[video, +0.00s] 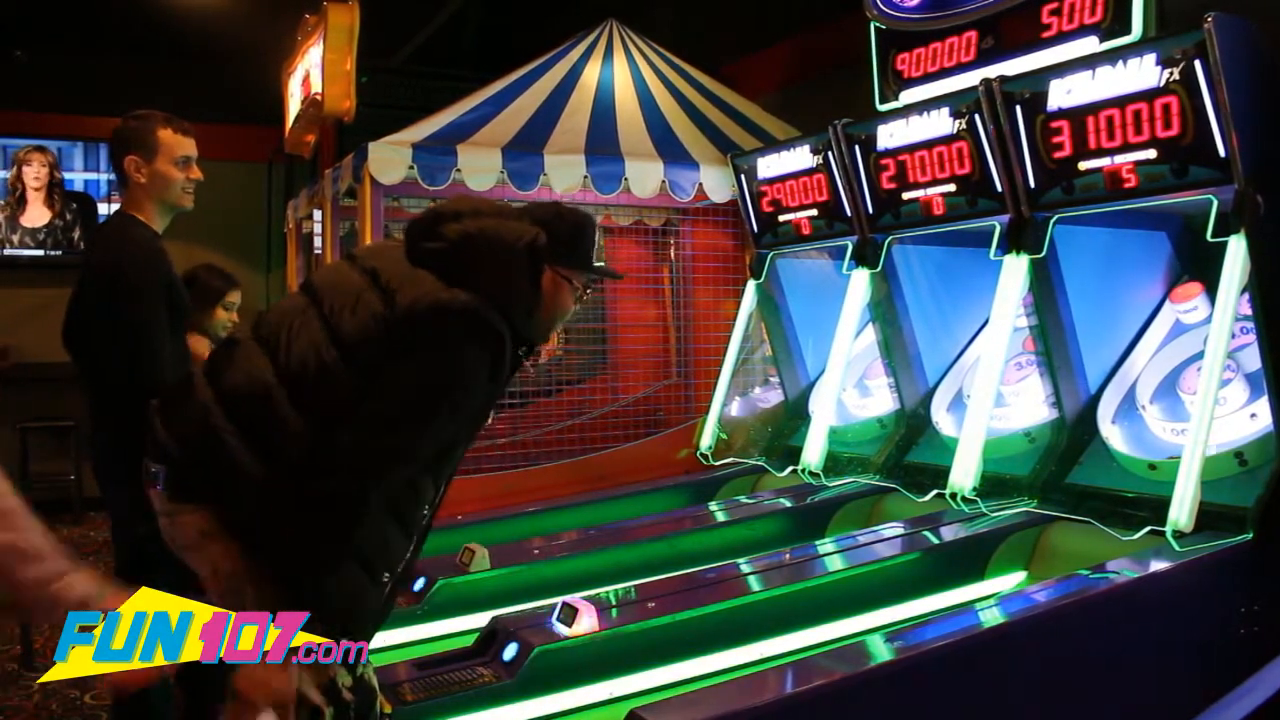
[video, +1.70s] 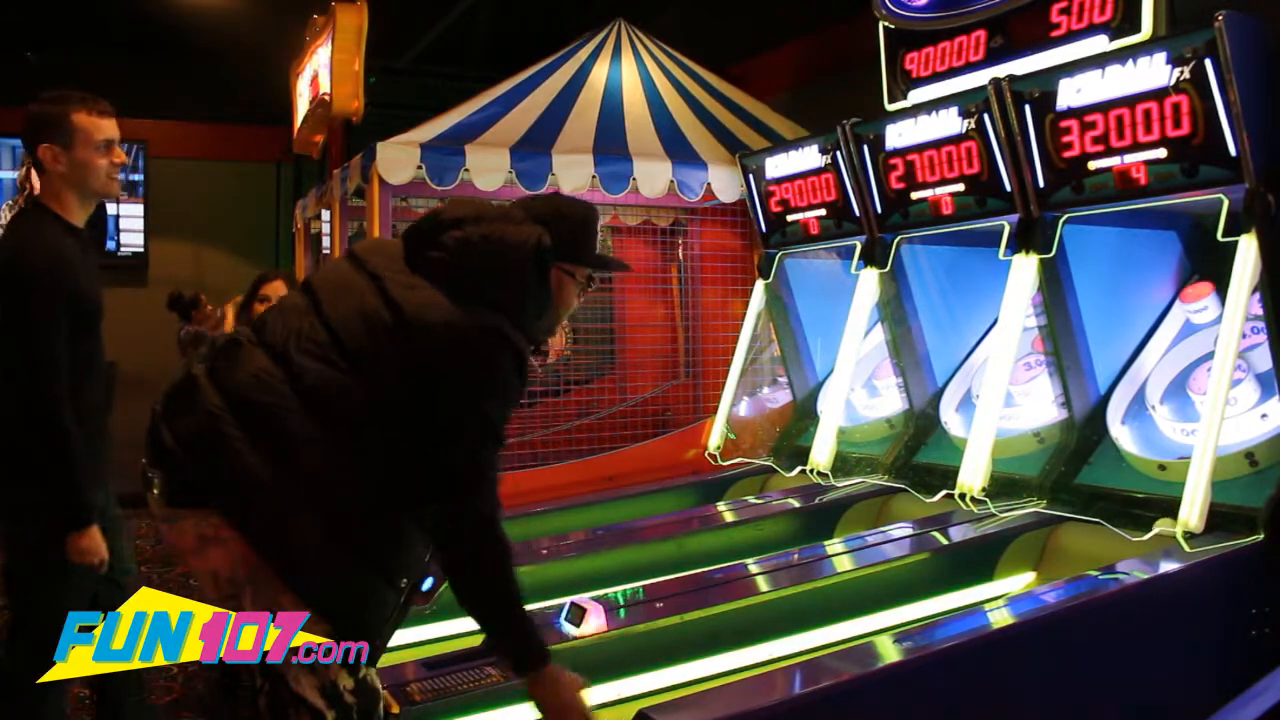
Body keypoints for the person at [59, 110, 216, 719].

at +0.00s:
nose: (196, 175)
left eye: (195, 163)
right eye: (183, 162)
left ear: (139, 171)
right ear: (136, 169)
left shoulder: (112, 240)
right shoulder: (138, 250)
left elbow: (77, 334)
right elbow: (163, 372)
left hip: (121, 448)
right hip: (146, 458)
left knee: (146, 583)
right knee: (168, 590)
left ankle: (144, 699)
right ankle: (167, 702)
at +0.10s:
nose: (196, 175)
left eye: (196, 163)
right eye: (184, 163)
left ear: (141, 171)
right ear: (138, 169)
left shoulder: (110, 240)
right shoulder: (138, 250)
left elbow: (77, 336)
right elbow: (163, 374)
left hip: (119, 444)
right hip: (146, 454)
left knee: (136, 593)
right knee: (148, 601)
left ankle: (135, 700)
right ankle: (145, 704)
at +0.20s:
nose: (195, 177)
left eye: (195, 165)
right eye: (183, 164)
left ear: (141, 173)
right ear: (137, 169)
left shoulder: (119, 242)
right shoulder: (133, 251)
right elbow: (161, 381)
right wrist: (222, 462)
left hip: (137, 454)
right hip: (147, 458)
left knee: (151, 601)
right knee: (168, 605)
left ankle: (146, 706)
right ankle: (165, 707)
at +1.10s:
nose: (174, 170)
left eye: (173, 158)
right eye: (160, 158)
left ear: (123, 171)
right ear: (113, 167)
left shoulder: (115, 241)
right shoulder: (109, 250)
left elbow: (132, 357)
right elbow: (124, 371)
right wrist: (151, 456)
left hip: (120, 456)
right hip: (118, 462)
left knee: (138, 601)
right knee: (152, 602)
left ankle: (135, 703)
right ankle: (145, 705)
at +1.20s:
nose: (164, 169)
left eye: (163, 156)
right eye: (148, 156)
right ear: (100, 166)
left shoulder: (109, 246)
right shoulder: (94, 255)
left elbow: (118, 376)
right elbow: (106, 392)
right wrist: (146, 498)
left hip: (115, 470)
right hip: (112, 478)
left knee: (127, 624)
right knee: (132, 627)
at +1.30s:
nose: (153, 167)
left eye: (152, 155)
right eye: (137, 155)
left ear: (97, 167)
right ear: (86, 165)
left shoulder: (93, 244)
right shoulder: (83, 253)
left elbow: (105, 387)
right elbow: (96, 397)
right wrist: (136, 507)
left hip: (99, 476)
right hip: (97, 485)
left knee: (105, 633)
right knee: (110, 638)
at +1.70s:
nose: (119, 160)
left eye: (119, 148)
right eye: (105, 149)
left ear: (63, 163)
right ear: (52, 160)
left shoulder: (65, 242)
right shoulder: (35, 251)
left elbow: (69, 386)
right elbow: (43, 399)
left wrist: (93, 491)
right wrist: (77, 517)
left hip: (78, 478)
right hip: (45, 490)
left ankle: (121, 704)